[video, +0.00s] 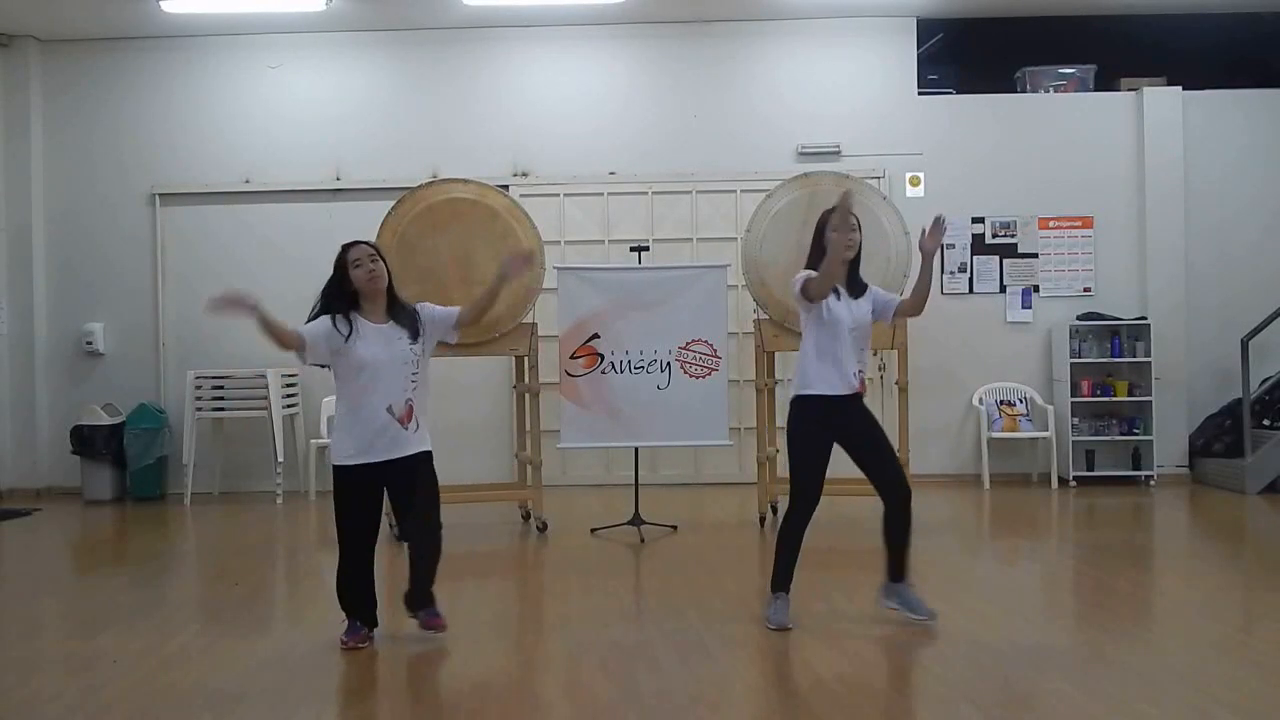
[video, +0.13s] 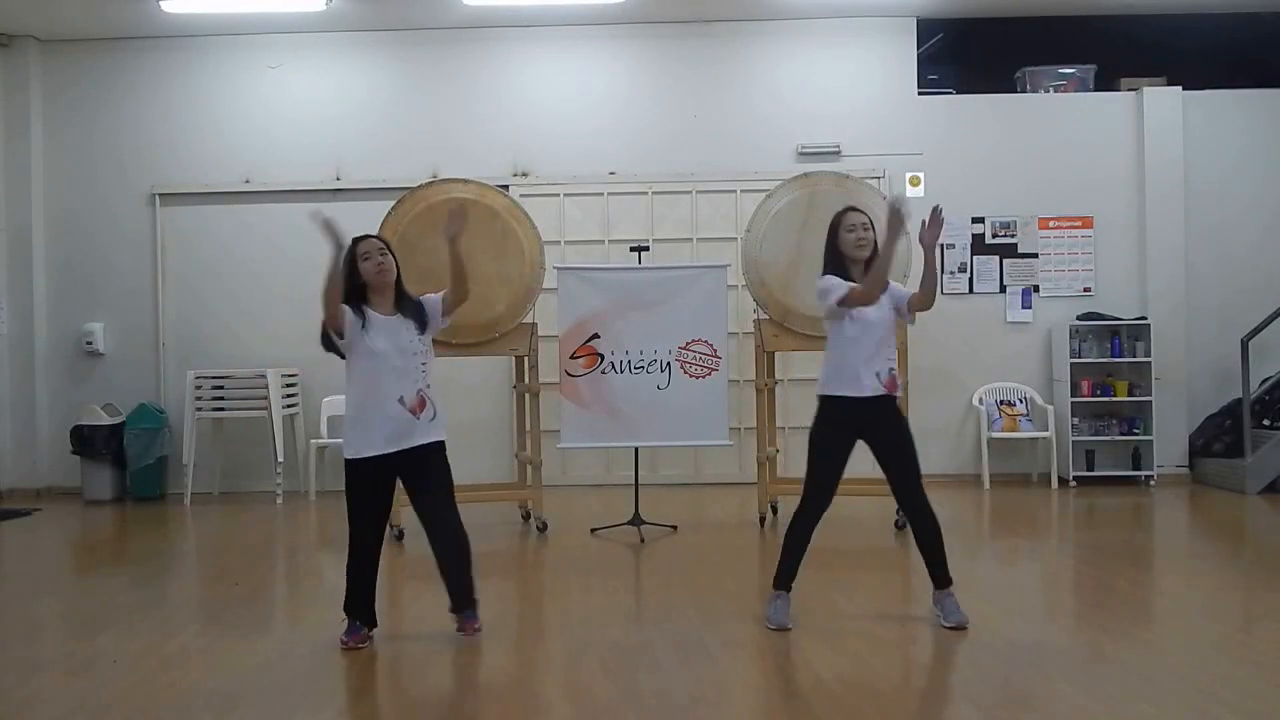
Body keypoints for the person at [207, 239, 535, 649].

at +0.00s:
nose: (370, 266)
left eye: (375, 259)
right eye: (358, 264)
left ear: (387, 269)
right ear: (347, 281)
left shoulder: (416, 318)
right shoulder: (337, 327)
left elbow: (467, 318)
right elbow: (291, 339)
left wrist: (501, 279)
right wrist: (258, 313)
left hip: (411, 449)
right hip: (355, 454)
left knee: (426, 531)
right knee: (356, 544)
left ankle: (422, 600)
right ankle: (359, 620)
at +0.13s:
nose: (379, 260)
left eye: (383, 253)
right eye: (367, 257)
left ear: (396, 265)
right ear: (355, 275)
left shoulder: (420, 311)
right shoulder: (352, 320)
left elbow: (458, 293)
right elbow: (332, 305)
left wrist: (454, 243)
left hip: (421, 441)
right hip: (367, 447)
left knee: (447, 529)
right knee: (364, 538)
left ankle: (465, 608)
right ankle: (359, 620)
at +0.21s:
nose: (387, 260)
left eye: (393, 254)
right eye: (376, 257)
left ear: (408, 267)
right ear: (365, 275)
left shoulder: (428, 312)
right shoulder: (360, 321)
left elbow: (457, 296)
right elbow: (365, 300)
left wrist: (427, 254)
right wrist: (391, 264)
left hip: (436, 442)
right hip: (381, 448)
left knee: (458, 530)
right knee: (371, 539)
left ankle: (483, 612)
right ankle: (360, 619)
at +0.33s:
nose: (405, 264)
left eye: (411, 258)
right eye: (393, 260)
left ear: (423, 270)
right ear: (381, 277)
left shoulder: (445, 316)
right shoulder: (378, 327)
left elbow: (479, 299)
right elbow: (362, 314)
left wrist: (450, 261)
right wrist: (389, 277)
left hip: (454, 443)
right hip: (400, 449)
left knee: (467, 532)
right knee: (384, 538)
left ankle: (482, 614)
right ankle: (362, 618)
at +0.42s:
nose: (416, 265)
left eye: (424, 259)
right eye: (408, 261)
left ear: (438, 271)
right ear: (398, 277)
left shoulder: (464, 317)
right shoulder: (387, 325)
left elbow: (510, 306)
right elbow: (343, 324)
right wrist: (338, 289)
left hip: (471, 444)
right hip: (416, 450)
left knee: (477, 534)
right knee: (399, 537)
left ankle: (482, 616)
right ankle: (370, 616)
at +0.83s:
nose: (448, 262)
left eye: (459, 258)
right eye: (444, 255)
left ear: (474, 273)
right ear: (434, 265)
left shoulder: (490, 320)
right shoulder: (409, 318)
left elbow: (535, 338)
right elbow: (361, 341)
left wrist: (575, 325)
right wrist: (303, 341)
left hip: (477, 450)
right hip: (424, 450)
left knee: (478, 537)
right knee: (430, 543)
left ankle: (484, 615)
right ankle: (455, 604)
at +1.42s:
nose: (404, 266)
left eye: (414, 261)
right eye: (398, 260)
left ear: (427, 275)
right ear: (385, 272)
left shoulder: (440, 323)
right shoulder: (361, 320)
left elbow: (487, 325)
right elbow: (298, 324)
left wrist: (499, 286)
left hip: (419, 450)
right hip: (364, 449)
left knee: (430, 534)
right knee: (364, 539)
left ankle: (459, 612)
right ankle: (364, 622)